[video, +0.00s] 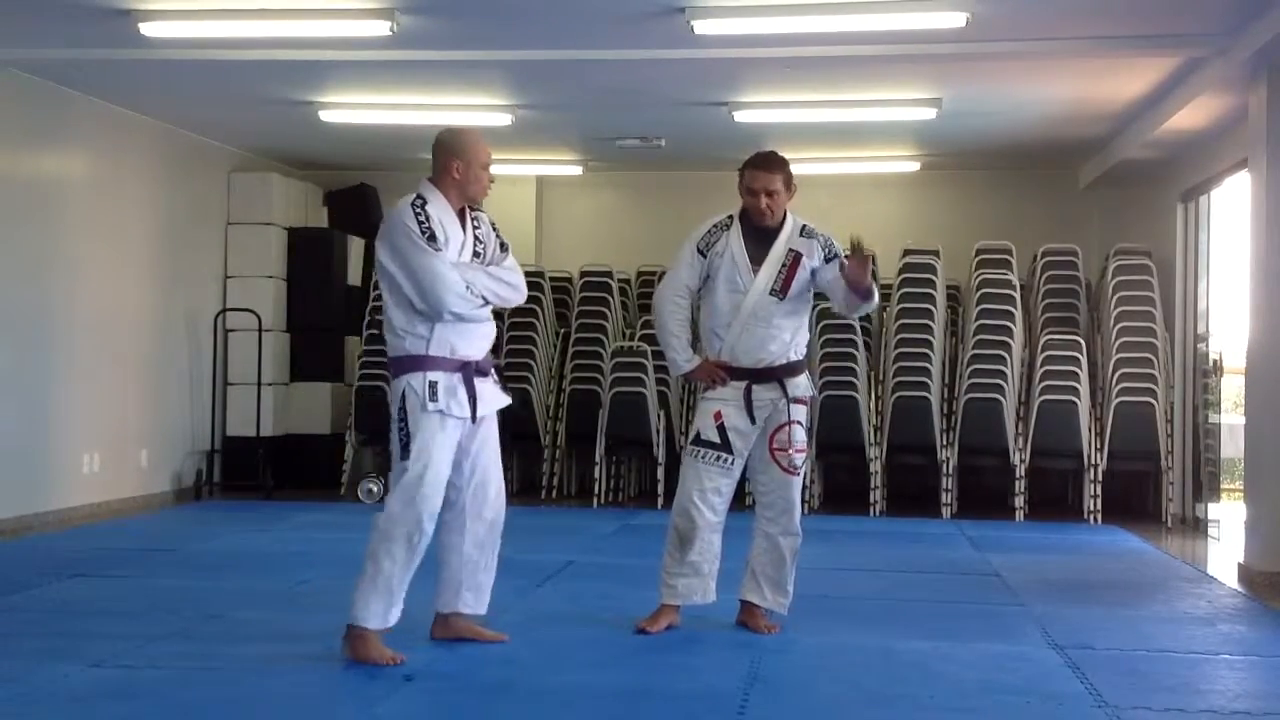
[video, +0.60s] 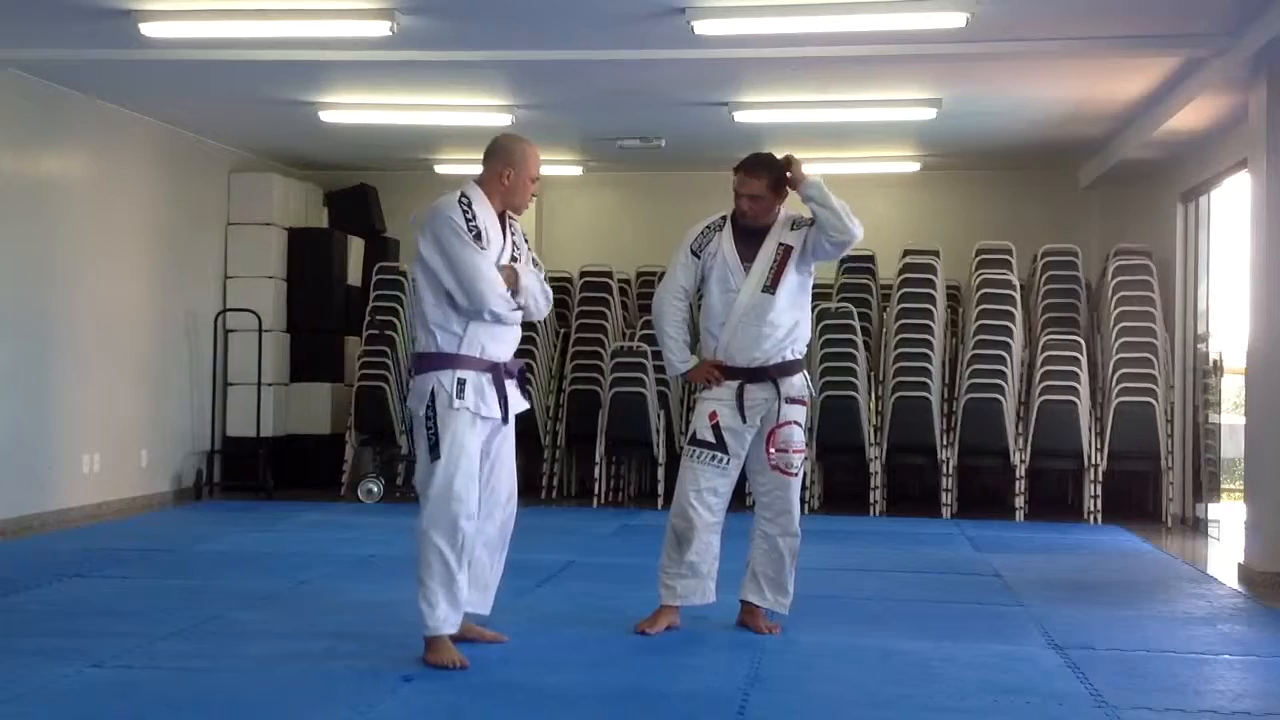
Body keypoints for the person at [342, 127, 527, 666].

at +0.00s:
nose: (491, 178)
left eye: (491, 168)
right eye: (486, 168)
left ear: (461, 169)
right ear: (454, 169)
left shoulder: (478, 224)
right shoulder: (407, 219)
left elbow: (515, 286)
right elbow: (446, 298)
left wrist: (458, 272)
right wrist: (492, 293)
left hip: (477, 378)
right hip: (426, 377)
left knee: (481, 500)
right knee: (415, 502)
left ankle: (455, 614)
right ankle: (364, 627)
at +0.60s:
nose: (536, 192)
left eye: (538, 182)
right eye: (532, 181)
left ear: (507, 176)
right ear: (503, 175)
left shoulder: (510, 231)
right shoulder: (448, 217)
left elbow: (541, 303)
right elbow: (483, 299)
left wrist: (507, 276)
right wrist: (522, 299)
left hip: (499, 387)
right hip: (452, 385)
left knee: (495, 506)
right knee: (450, 507)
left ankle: (465, 616)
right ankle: (438, 632)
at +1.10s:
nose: (544, 190)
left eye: (544, 181)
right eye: (540, 180)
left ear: (512, 175)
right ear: (512, 175)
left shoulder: (511, 234)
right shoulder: (457, 215)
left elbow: (531, 313)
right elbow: (460, 304)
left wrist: (573, 366)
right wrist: (514, 371)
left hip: (500, 383)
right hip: (456, 382)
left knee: (499, 503)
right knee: (456, 506)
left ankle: (465, 616)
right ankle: (439, 632)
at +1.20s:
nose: (545, 191)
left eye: (546, 181)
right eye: (541, 180)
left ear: (514, 176)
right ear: (513, 176)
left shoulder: (514, 236)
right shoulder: (462, 215)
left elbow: (524, 318)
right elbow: (456, 303)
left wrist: (573, 355)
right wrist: (480, 381)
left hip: (506, 385)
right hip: (460, 382)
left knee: (497, 506)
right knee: (455, 508)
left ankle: (466, 617)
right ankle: (439, 632)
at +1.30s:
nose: (546, 194)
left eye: (547, 184)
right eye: (542, 183)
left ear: (515, 177)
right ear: (514, 176)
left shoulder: (513, 237)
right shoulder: (464, 214)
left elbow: (520, 314)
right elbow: (445, 298)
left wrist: (574, 330)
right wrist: (460, 379)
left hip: (506, 389)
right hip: (465, 385)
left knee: (496, 508)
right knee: (456, 509)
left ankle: (466, 617)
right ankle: (439, 631)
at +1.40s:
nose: (547, 197)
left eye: (549, 187)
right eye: (543, 186)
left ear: (517, 180)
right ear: (513, 178)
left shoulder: (510, 235)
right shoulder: (464, 212)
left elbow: (521, 309)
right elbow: (437, 294)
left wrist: (571, 300)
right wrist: (455, 373)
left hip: (507, 390)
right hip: (466, 386)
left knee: (496, 508)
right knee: (457, 509)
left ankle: (465, 617)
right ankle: (439, 631)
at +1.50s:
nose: (546, 199)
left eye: (548, 189)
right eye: (542, 188)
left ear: (517, 182)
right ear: (512, 180)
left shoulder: (507, 235)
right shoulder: (463, 212)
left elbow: (524, 303)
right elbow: (434, 293)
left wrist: (561, 274)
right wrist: (453, 371)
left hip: (504, 389)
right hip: (466, 385)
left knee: (494, 509)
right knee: (457, 508)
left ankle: (463, 617)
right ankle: (438, 631)